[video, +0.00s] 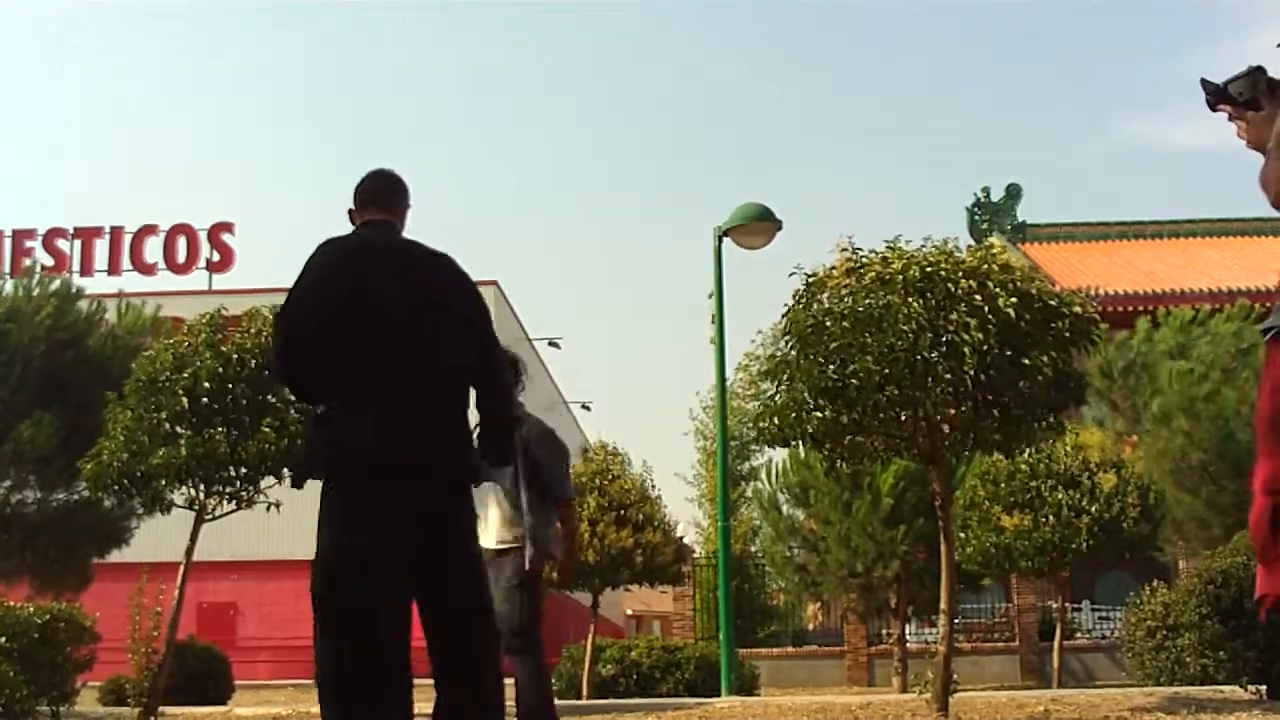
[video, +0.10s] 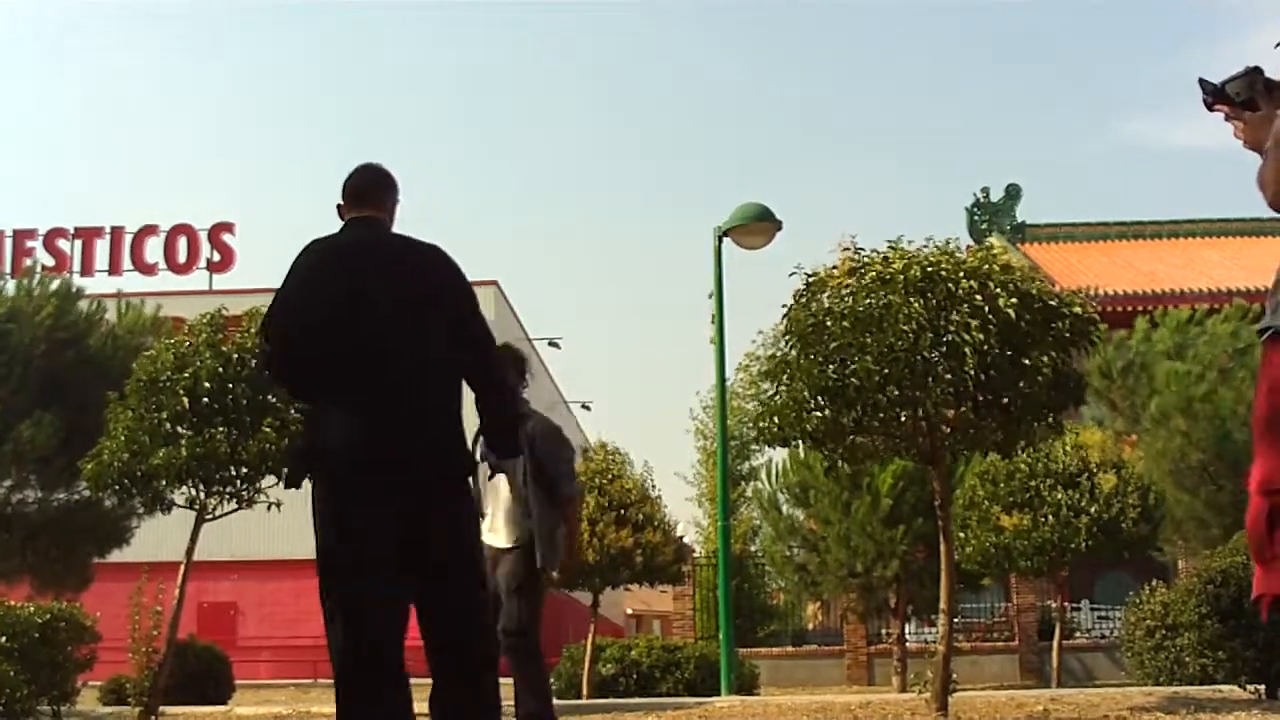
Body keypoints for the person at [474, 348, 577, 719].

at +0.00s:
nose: (497, 393)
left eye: (502, 384)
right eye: (492, 384)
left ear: (513, 384)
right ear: (481, 388)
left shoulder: (534, 434)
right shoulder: (473, 432)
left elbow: (563, 499)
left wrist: (568, 550)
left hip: (516, 552)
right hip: (475, 552)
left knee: (521, 647)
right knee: (477, 650)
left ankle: (536, 713)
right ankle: (484, 712)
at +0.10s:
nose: (495, 385)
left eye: (504, 377)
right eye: (491, 377)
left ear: (521, 378)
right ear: (484, 382)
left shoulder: (540, 430)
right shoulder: (484, 433)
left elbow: (568, 491)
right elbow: (479, 490)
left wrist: (569, 548)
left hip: (523, 547)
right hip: (486, 546)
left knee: (518, 637)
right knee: (482, 639)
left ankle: (536, 712)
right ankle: (483, 710)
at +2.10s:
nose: (501, 363)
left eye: (509, 354)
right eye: (495, 356)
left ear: (531, 358)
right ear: (490, 364)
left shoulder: (559, 413)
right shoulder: (495, 421)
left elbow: (588, 474)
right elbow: (496, 484)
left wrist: (585, 524)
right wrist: (468, 513)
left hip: (552, 539)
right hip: (512, 540)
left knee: (552, 634)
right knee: (513, 639)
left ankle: (574, 712)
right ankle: (527, 714)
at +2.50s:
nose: (498, 373)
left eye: (505, 363)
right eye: (492, 366)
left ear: (526, 366)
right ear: (486, 372)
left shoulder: (558, 413)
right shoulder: (494, 417)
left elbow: (579, 479)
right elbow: (490, 475)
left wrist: (570, 534)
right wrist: (478, 525)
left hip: (556, 537)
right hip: (513, 538)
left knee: (551, 639)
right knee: (497, 635)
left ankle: (571, 710)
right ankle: (522, 711)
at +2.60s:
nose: (495, 392)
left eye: (504, 383)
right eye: (489, 384)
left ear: (527, 386)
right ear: (483, 389)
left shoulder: (561, 430)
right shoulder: (495, 436)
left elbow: (539, 493)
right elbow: (500, 504)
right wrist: (464, 540)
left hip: (562, 550)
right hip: (517, 551)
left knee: (543, 639)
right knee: (486, 639)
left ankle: (567, 711)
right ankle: (519, 713)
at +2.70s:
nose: (493, 413)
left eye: (501, 404)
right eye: (492, 405)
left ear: (524, 403)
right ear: (493, 409)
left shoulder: (549, 446)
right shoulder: (508, 453)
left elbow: (526, 498)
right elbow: (490, 521)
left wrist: (465, 506)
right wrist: (447, 535)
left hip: (555, 562)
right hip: (527, 563)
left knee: (532, 639)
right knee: (485, 637)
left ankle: (566, 713)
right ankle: (504, 714)